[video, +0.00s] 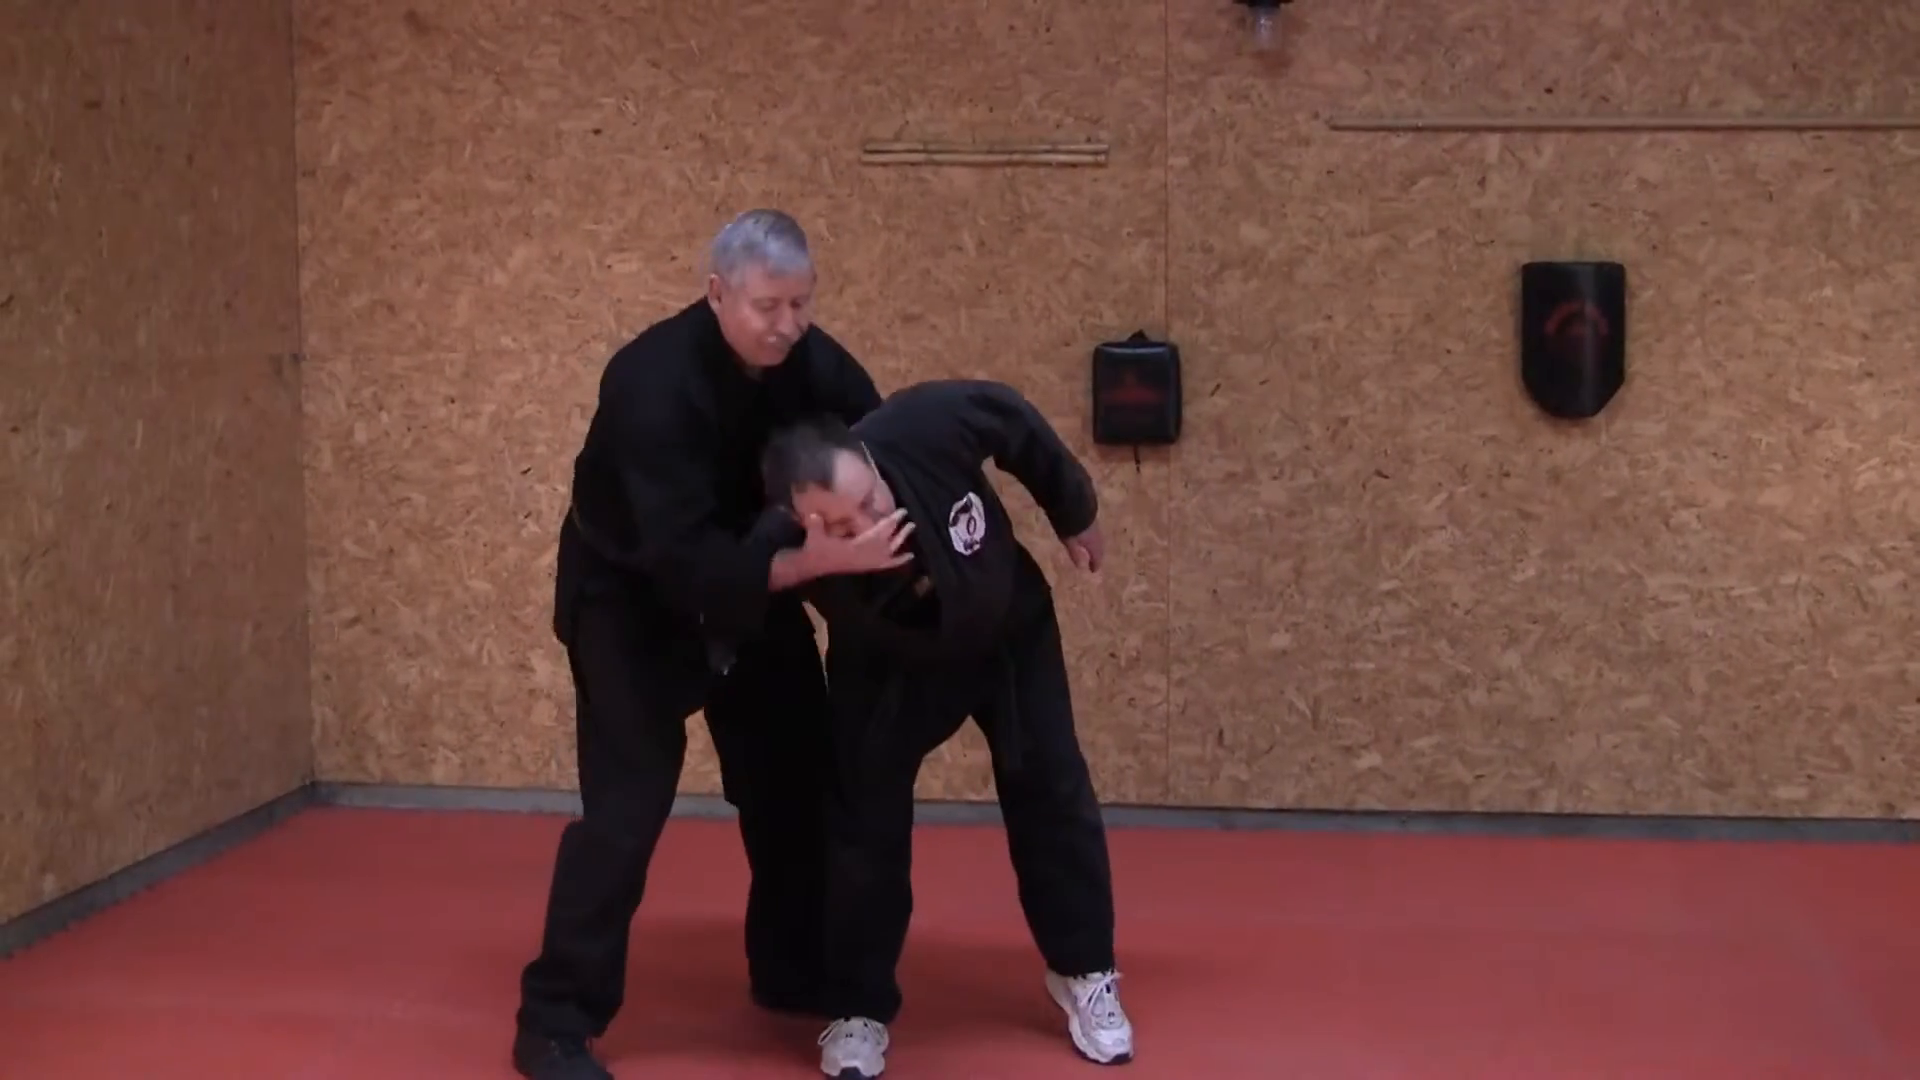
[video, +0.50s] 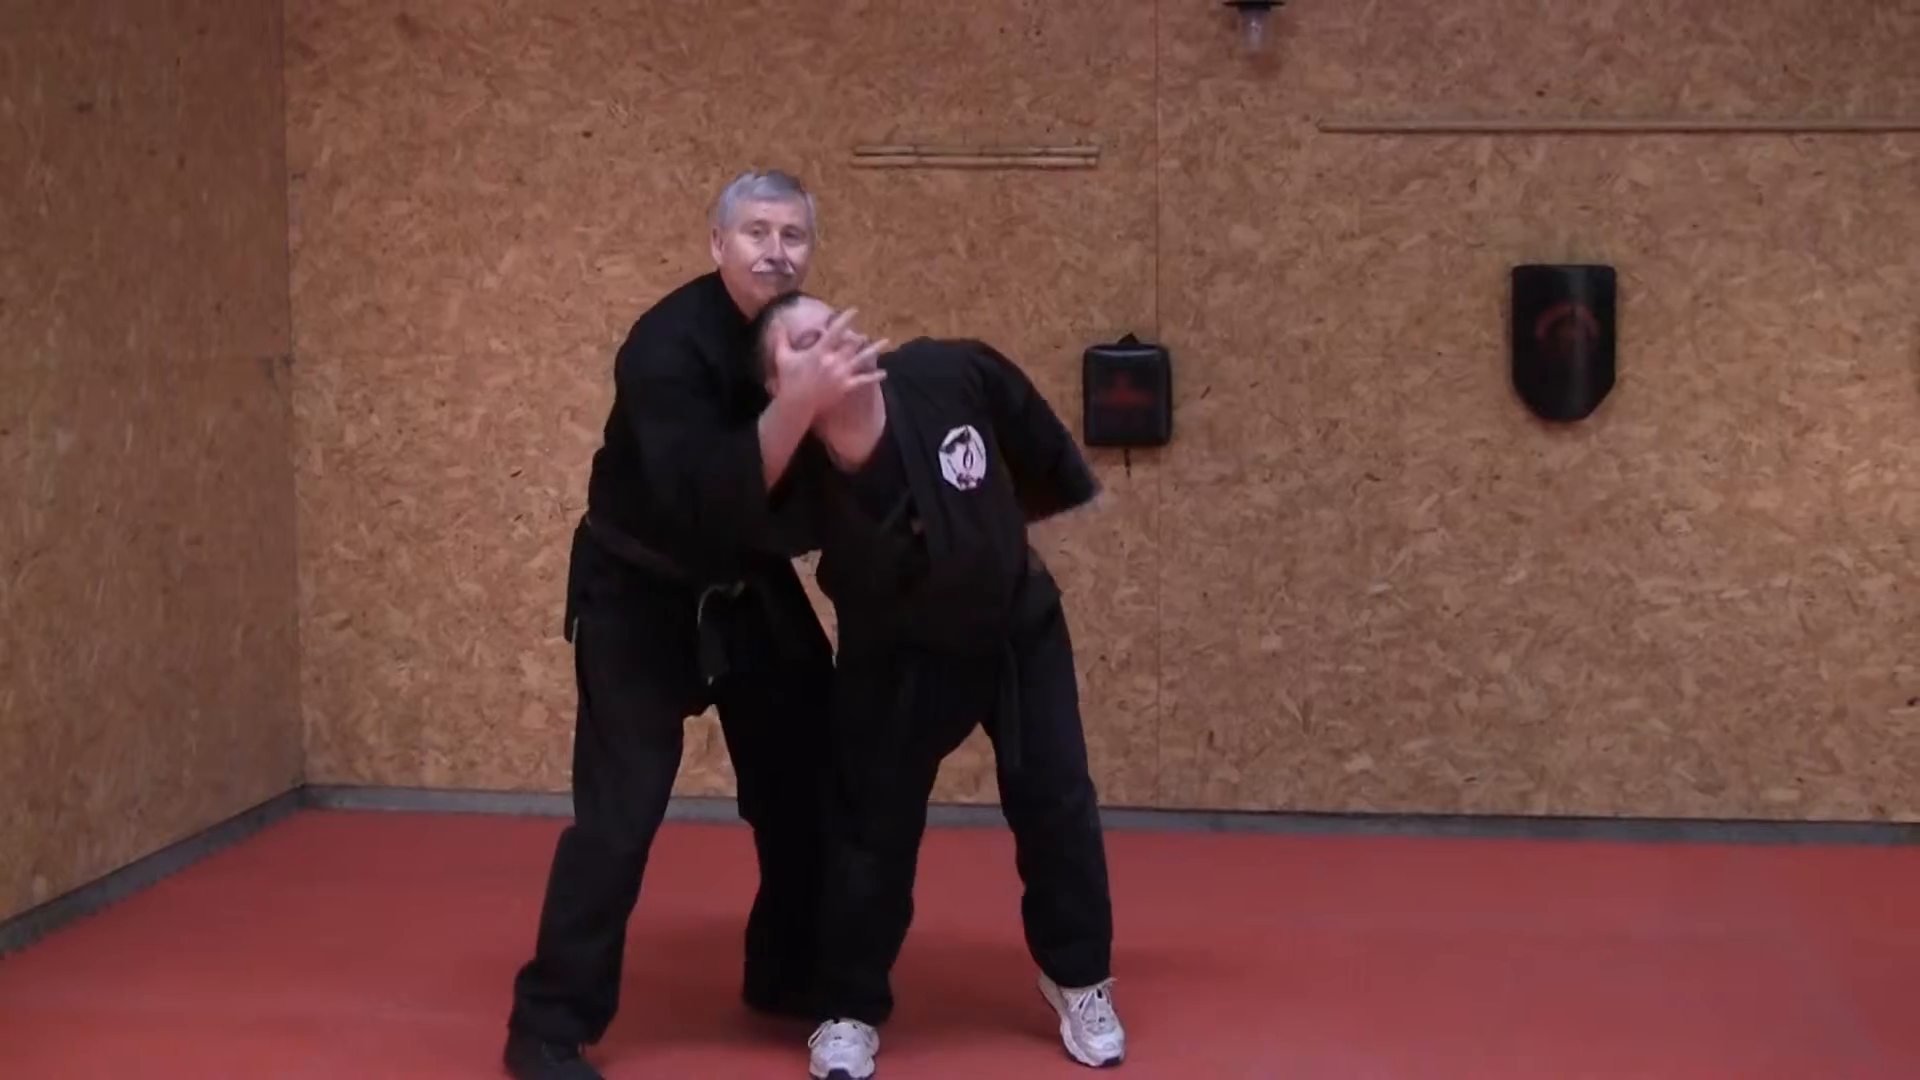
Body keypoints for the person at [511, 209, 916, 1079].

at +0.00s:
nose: (788, 325)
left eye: (800, 305)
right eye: (767, 305)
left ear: (812, 299)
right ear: (715, 292)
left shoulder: (825, 374)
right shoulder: (651, 382)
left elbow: (886, 479)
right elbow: (676, 562)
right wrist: (814, 560)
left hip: (754, 596)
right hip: (630, 602)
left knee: (798, 780)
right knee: (629, 800)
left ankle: (795, 973)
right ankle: (558, 1029)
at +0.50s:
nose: (777, 250)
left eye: (794, 236)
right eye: (758, 233)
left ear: (810, 248)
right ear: (717, 243)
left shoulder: (808, 338)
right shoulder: (664, 348)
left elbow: (840, 499)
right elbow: (704, 505)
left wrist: (843, 415)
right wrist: (793, 407)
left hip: (753, 584)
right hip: (638, 589)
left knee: (810, 771)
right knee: (622, 808)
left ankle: (790, 976)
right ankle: (549, 1034)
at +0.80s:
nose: (772, 214)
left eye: (790, 202)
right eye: (753, 198)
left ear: (812, 226)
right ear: (714, 218)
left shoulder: (818, 313)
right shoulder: (666, 311)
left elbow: (853, 440)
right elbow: (693, 440)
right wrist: (786, 333)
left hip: (756, 579)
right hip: (638, 579)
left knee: (799, 787)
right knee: (605, 812)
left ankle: (780, 977)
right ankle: (543, 1037)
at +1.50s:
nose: (756, 214)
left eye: (776, 203)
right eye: (739, 197)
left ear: (796, 225)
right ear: (704, 210)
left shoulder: (794, 309)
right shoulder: (648, 301)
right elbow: (701, 395)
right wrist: (825, 310)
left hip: (724, 576)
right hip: (609, 574)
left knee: (770, 786)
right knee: (565, 812)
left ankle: (760, 975)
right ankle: (521, 1037)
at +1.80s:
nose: (752, 215)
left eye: (772, 204)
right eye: (737, 198)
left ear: (791, 226)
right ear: (700, 209)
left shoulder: (789, 309)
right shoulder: (643, 302)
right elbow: (702, 396)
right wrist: (825, 314)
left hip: (720, 577)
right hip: (605, 574)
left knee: (763, 788)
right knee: (559, 813)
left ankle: (752, 977)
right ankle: (514, 1037)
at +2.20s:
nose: (750, 217)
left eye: (768, 206)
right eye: (734, 200)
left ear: (787, 226)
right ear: (699, 213)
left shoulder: (789, 309)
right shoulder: (639, 303)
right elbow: (694, 400)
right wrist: (826, 324)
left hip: (715, 577)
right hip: (600, 573)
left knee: (760, 790)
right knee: (559, 812)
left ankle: (751, 978)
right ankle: (513, 1035)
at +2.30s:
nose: (747, 218)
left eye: (765, 207)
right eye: (730, 201)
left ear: (786, 225)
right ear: (696, 212)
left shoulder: (791, 310)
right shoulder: (637, 303)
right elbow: (688, 399)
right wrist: (828, 329)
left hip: (713, 578)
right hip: (597, 573)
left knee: (758, 788)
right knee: (558, 811)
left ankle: (750, 978)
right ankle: (512, 1035)